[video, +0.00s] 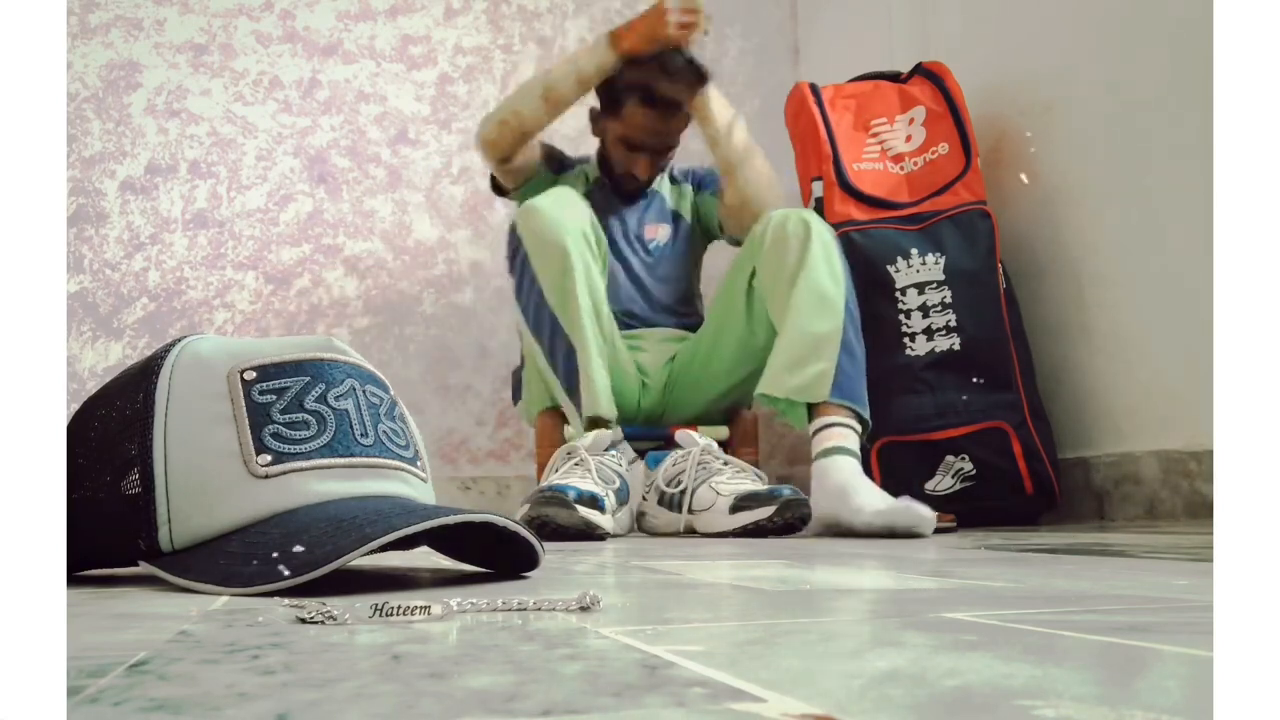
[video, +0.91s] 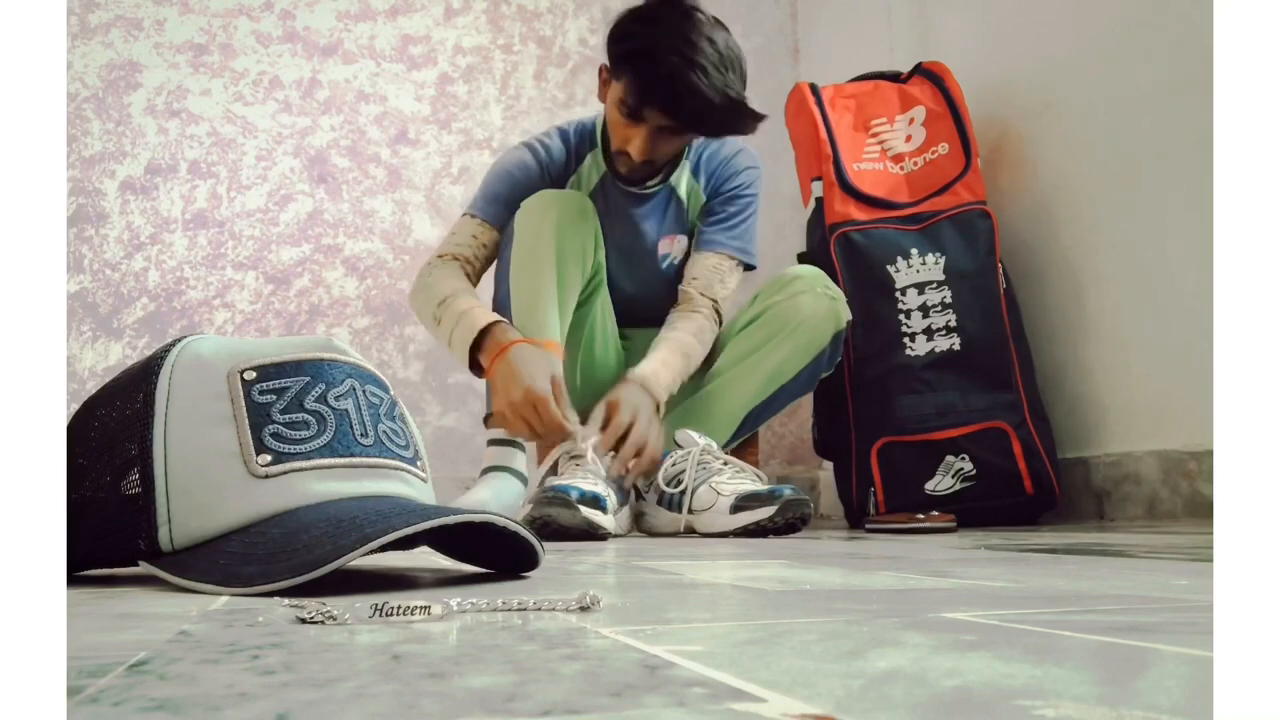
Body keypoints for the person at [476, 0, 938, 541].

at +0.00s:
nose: (644, 167)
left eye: (662, 152)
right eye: (632, 147)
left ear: (682, 135)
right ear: (598, 121)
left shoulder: (688, 192)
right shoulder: (558, 186)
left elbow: (765, 214)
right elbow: (497, 142)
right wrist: (615, 48)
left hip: (691, 370)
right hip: (598, 371)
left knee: (800, 231)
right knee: (549, 212)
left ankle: (837, 470)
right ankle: (593, 453)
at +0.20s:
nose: (613, 151)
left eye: (639, 144)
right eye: (612, 128)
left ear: (675, 157)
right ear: (601, 117)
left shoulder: (710, 207)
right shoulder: (565, 198)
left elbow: (785, 211)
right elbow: (547, 134)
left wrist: (755, 101)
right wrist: (644, 58)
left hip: (691, 382)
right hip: (582, 378)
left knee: (761, 205)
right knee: (530, 213)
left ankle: (758, 430)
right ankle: (481, 450)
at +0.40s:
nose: (639, 146)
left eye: (661, 137)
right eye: (635, 123)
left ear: (697, 138)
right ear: (621, 105)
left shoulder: (714, 194)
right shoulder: (581, 175)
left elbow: (760, 244)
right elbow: (519, 144)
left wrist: (704, 136)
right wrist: (641, 67)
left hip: (681, 375)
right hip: (578, 368)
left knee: (773, 241)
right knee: (531, 216)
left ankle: (668, 456)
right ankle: (474, 464)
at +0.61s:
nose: (631, 140)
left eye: (660, 128)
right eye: (623, 110)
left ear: (698, 116)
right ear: (605, 80)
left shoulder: (711, 153)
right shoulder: (554, 150)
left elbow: (767, 252)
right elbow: (445, 237)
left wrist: (755, 104)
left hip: (680, 373)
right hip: (579, 370)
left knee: (791, 282)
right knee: (543, 212)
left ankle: (652, 465)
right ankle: (506, 469)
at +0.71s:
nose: (624, 145)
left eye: (655, 133)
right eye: (615, 113)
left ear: (692, 125)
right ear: (596, 82)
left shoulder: (707, 168)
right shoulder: (532, 160)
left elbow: (682, 322)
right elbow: (443, 279)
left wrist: (714, 189)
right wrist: (496, 385)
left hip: (669, 375)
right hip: (572, 374)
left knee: (804, 290)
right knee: (544, 208)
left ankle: (662, 465)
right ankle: (536, 458)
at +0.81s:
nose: (629, 150)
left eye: (660, 137)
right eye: (621, 116)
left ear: (698, 131)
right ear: (600, 83)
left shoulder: (724, 164)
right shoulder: (534, 163)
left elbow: (680, 340)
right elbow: (440, 285)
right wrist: (486, 384)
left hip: (669, 380)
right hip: (572, 377)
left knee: (807, 292)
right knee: (548, 207)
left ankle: (667, 465)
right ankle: (559, 459)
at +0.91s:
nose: (641, 149)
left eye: (671, 133)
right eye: (630, 116)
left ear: (702, 126)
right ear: (604, 84)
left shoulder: (728, 167)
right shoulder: (537, 164)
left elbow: (701, 307)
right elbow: (439, 279)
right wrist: (498, 349)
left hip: (677, 386)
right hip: (575, 380)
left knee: (814, 294)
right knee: (550, 208)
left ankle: (666, 465)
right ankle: (572, 459)